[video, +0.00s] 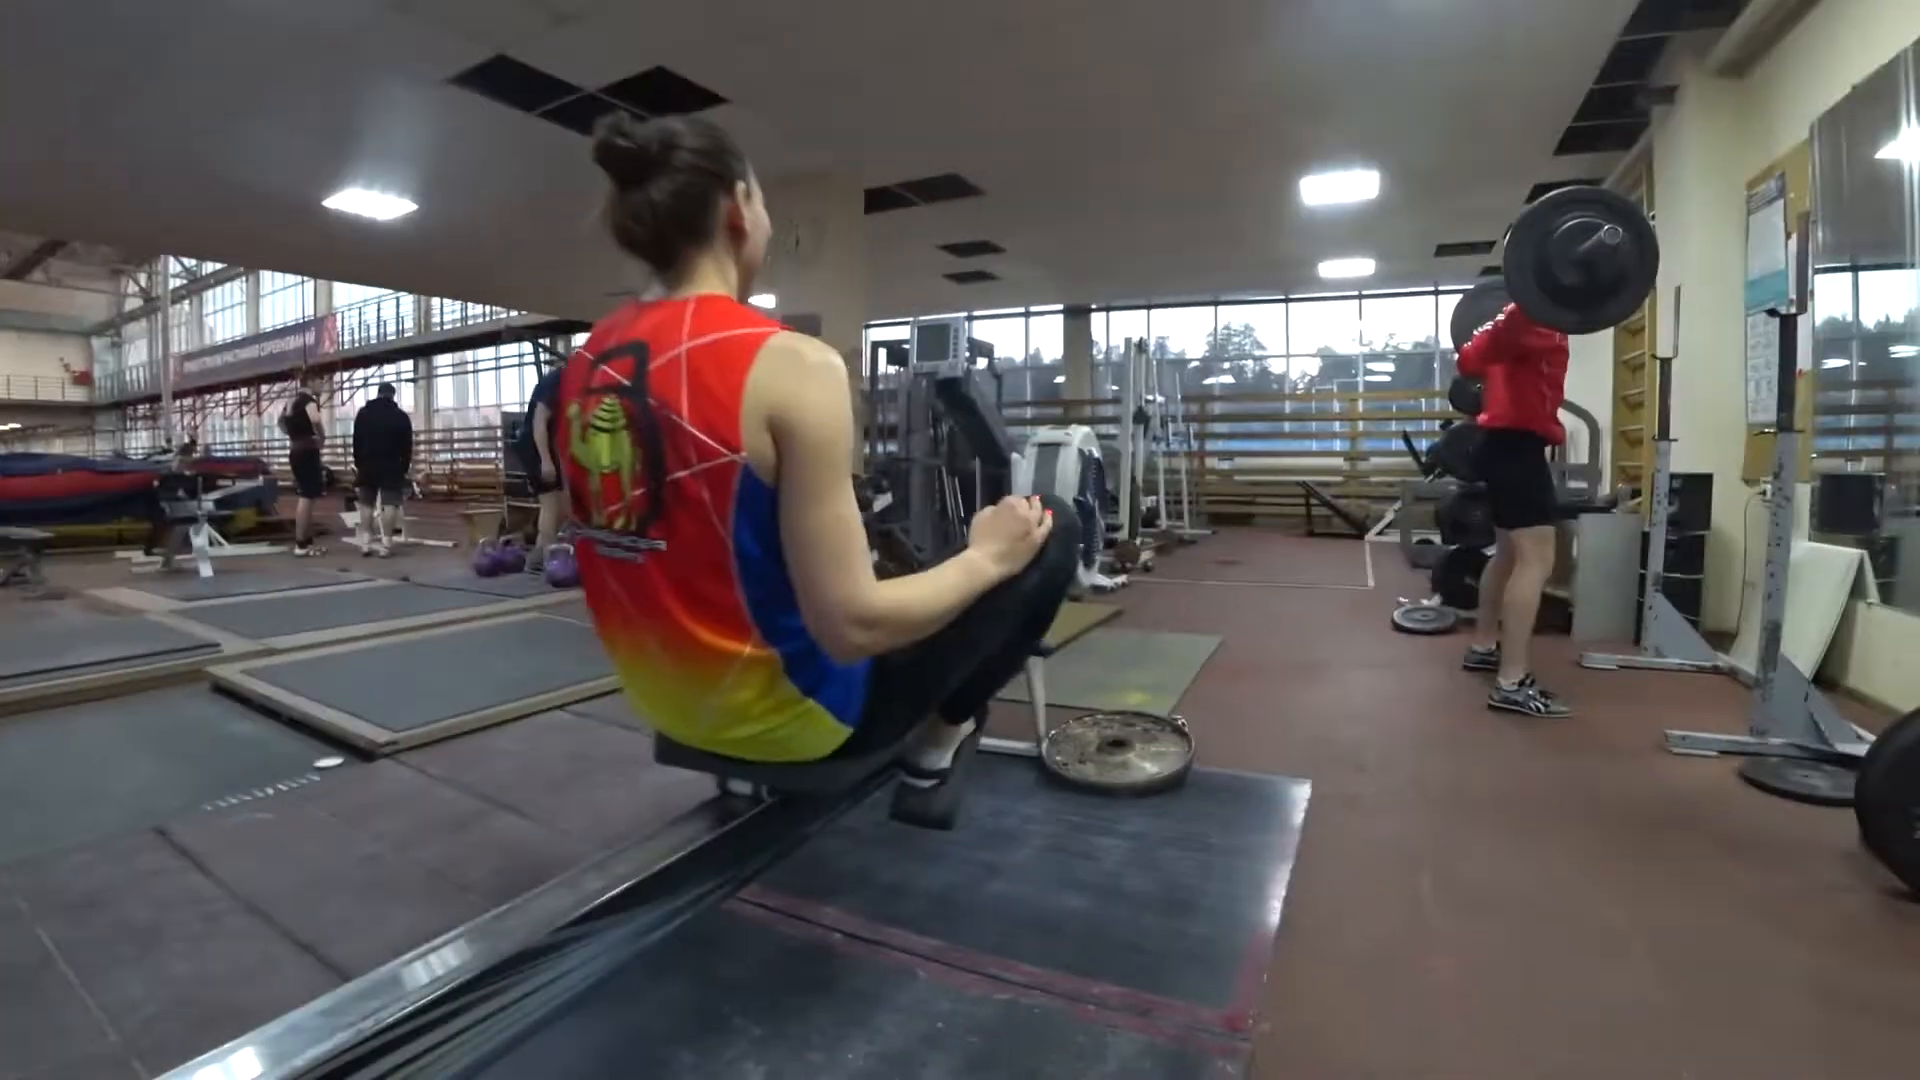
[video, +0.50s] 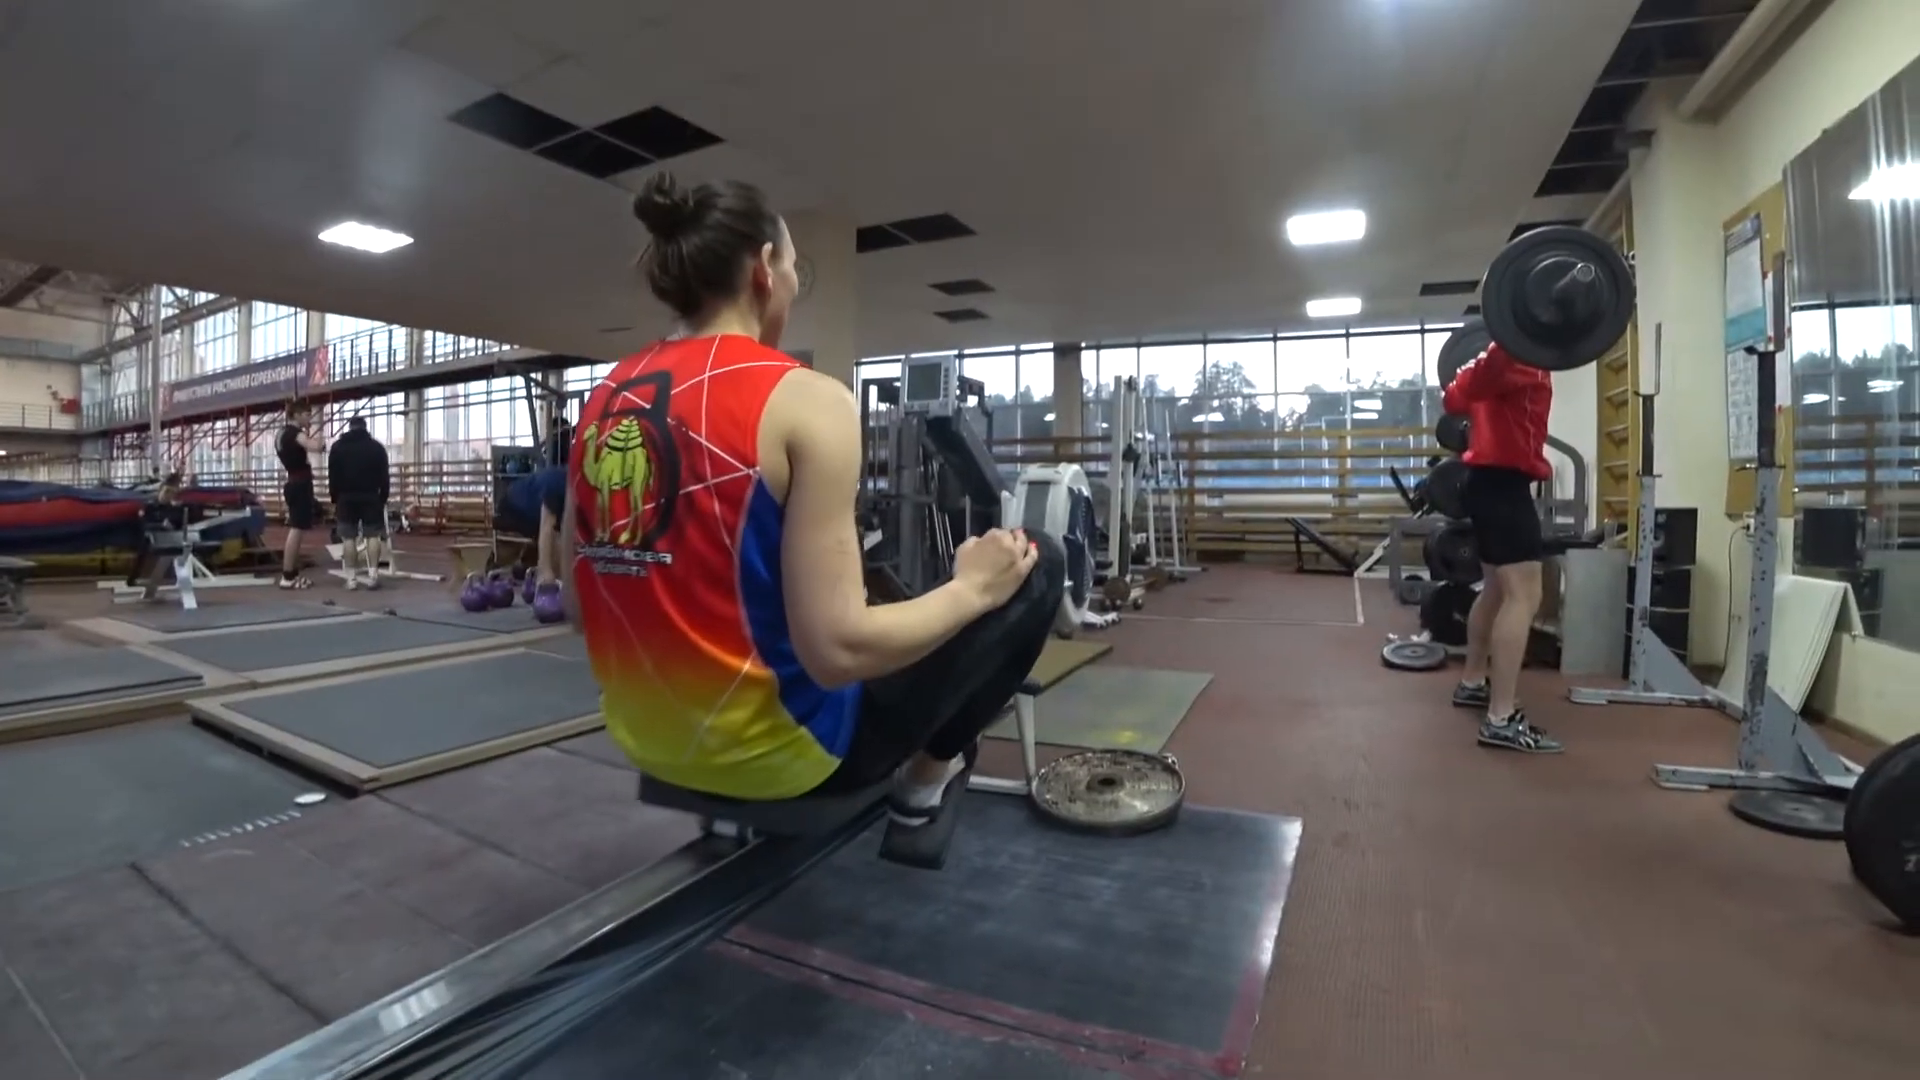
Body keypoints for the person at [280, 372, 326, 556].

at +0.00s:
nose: (321, 384)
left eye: (321, 380)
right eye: (319, 380)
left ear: (304, 383)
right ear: (311, 382)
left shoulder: (293, 402)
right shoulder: (309, 401)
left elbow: (283, 422)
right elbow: (315, 419)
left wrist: (295, 435)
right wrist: (323, 435)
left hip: (296, 449)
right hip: (308, 449)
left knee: (306, 496)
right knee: (306, 497)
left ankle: (304, 541)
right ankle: (302, 544)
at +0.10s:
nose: (318, 389)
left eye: (318, 385)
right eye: (316, 385)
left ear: (301, 387)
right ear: (308, 387)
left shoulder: (291, 406)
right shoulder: (307, 405)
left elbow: (281, 426)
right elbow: (314, 422)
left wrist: (294, 437)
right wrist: (323, 438)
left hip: (294, 453)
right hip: (306, 454)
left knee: (303, 501)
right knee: (304, 501)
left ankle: (300, 546)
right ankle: (299, 548)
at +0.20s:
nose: (313, 394)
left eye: (313, 391)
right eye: (311, 390)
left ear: (297, 393)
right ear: (301, 392)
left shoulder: (285, 413)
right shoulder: (300, 410)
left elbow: (287, 436)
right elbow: (311, 426)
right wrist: (323, 435)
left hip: (292, 461)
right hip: (302, 462)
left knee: (300, 506)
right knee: (300, 507)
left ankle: (295, 551)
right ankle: (294, 554)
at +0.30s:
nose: (312, 402)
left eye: (312, 398)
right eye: (309, 398)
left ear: (297, 400)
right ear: (299, 399)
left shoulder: (286, 420)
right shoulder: (297, 418)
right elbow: (315, 430)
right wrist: (326, 434)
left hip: (294, 469)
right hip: (303, 469)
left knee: (299, 513)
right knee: (300, 514)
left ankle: (293, 558)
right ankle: (293, 560)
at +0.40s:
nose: (311, 412)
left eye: (312, 408)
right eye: (308, 408)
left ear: (296, 410)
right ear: (298, 408)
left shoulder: (286, 427)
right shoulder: (296, 426)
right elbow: (317, 439)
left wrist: (317, 434)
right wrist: (323, 433)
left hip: (296, 477)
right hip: (303, 478)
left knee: (300, 522)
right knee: (300, 522)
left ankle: (294, 566)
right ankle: (292, 568)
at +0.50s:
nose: (309, 416)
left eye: (309, 413)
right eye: (306, 413)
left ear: (295, 415)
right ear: (296, 414)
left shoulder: (284, 434)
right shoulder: (293, 433)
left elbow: (309, 446)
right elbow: (316, 446)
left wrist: (308, 432)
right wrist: (318, 432)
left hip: (294, 483)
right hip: (300, 484)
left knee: (297, 529)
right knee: (297, 529)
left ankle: (290, 573)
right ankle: (289, 575)